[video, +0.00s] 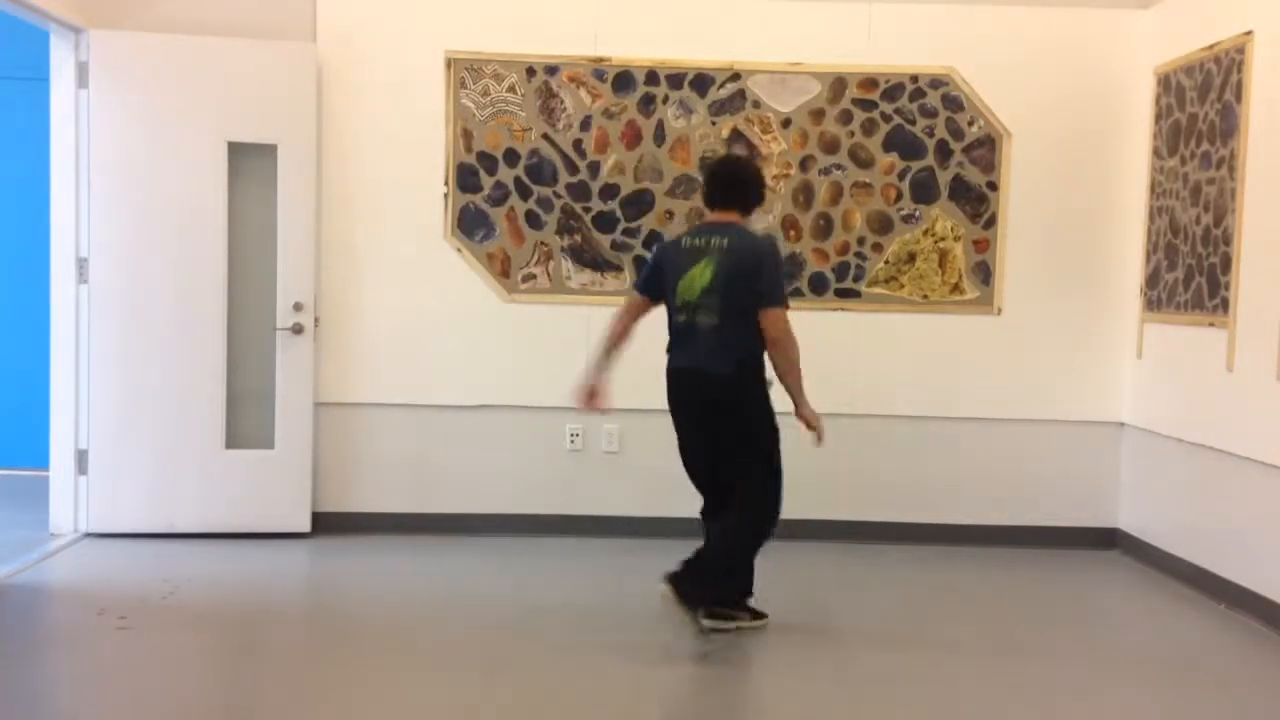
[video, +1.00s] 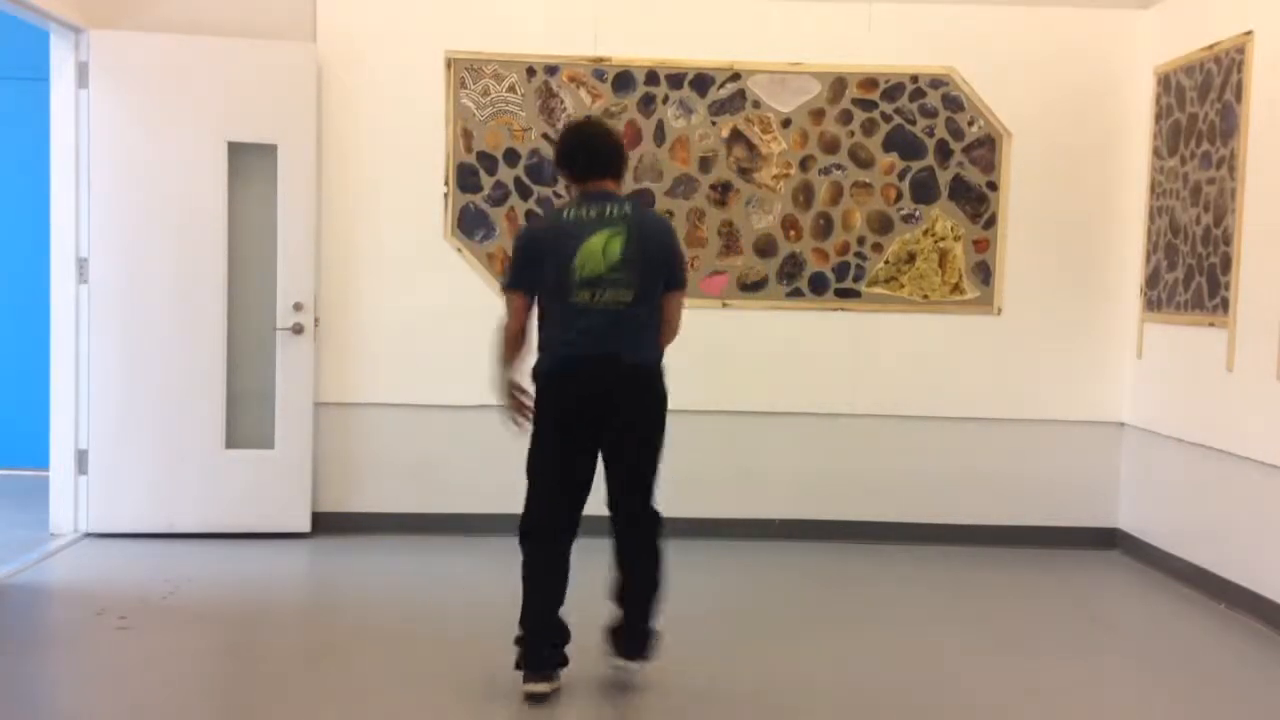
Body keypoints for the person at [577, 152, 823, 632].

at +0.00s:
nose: (759, 201)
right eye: (758, 194)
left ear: (707, 195)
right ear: (755, 199)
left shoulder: (674, 248)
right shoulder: (758, 250)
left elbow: (628, 314)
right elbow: (776, 333)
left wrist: (599, 372)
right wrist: (799, 399)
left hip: (684, 390)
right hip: (738, 389)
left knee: (721, 493)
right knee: (761, 497)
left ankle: (724, 599)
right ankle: (697, 581)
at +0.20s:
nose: (750, 176)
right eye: (749, 168)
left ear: (692, 170)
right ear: (743, 173)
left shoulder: (662, 216)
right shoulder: (755, 225)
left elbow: (600, 264)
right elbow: (765, 299)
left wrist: (546, 299)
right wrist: (765, 375)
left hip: (656, 360)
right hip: (712, 365)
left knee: (671, 473)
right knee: (696, 483)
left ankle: (689, 576)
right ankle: (653, 600)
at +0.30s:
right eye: (730, 175)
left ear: (675, 179)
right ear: (728, 180)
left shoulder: (651, 225)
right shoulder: (747, 238)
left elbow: (594, 283)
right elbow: (754, 316)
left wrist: (556, 315)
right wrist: (747, 394)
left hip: (639, 380)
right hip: (700, 388)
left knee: (625, 481)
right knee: (681, 505)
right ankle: (637, 613)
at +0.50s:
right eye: (689, 183)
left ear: (639, 190)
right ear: (690, 187)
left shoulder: (620, 246)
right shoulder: (711, 243)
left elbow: (612, 316)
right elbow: (736, 324)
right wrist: (728, 344)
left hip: (613, 390)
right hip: (675, 398)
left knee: (567, 486)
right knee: (666, 514)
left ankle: (491, 587)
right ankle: (629, 627)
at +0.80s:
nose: (642, 187)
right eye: (641, 178)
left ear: (585, 182)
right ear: (640, 182)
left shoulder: (564, 239)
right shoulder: (658, 235)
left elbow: (576, 312)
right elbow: (676, 320)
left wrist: (653, 323)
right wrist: (626, 317)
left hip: (561, 399)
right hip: (629, 401)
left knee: (565, 517)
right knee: (663, 522)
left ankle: (537, 654)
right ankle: (679, 655)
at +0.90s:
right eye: (631, 191)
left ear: (572, 196)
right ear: (632, 196)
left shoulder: (547, 257)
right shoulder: (655, 250)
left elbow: (535, 343)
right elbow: (659, 342)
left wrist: (584, 329)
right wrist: (606, 328)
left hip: (555, 413)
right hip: (627, 413)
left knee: (543, 533)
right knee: (662, 527)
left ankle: (535, 664)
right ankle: (679, 654)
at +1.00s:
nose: (566, 176)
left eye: (565, 167)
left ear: (563, 172)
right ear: (621, 167)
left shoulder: (541, 234)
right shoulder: (656, 229)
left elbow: (517, 322)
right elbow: (669, 322)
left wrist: (508, 374)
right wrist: (631, 355)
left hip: (564, 389)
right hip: (637, 390)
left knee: (548, 519)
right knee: (635, 510)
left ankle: (540, 659)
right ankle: (634, 637)